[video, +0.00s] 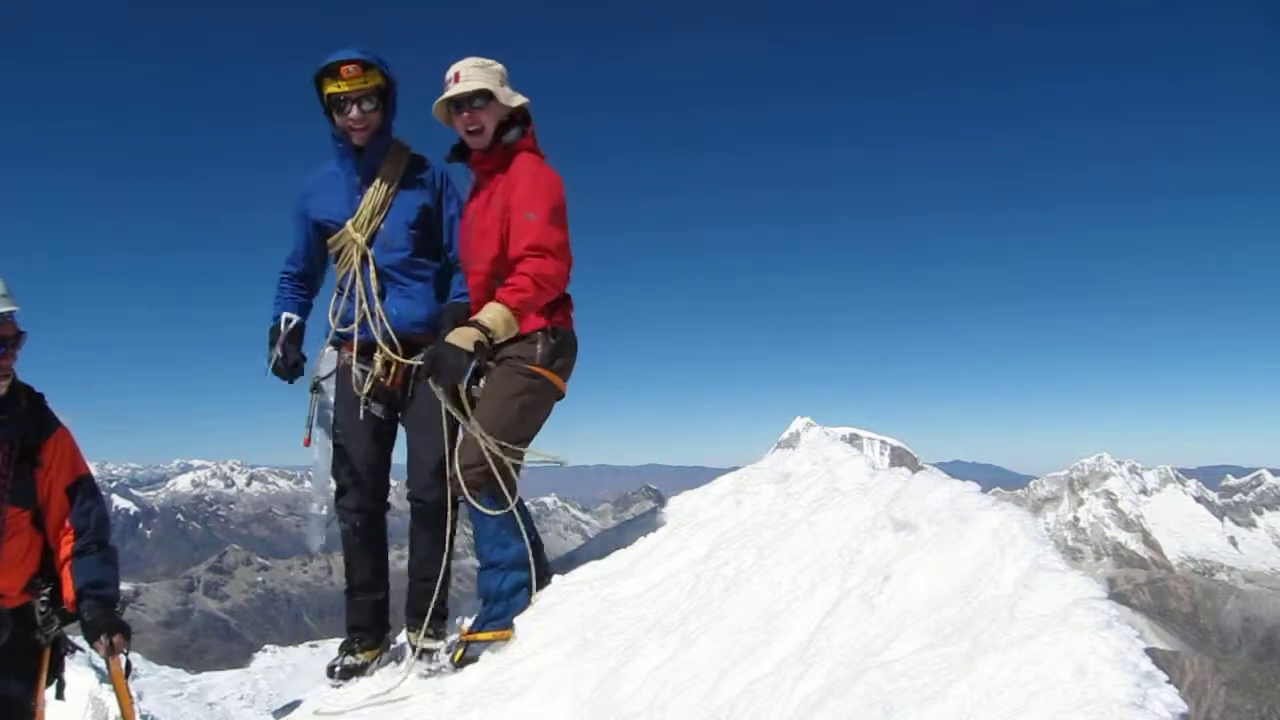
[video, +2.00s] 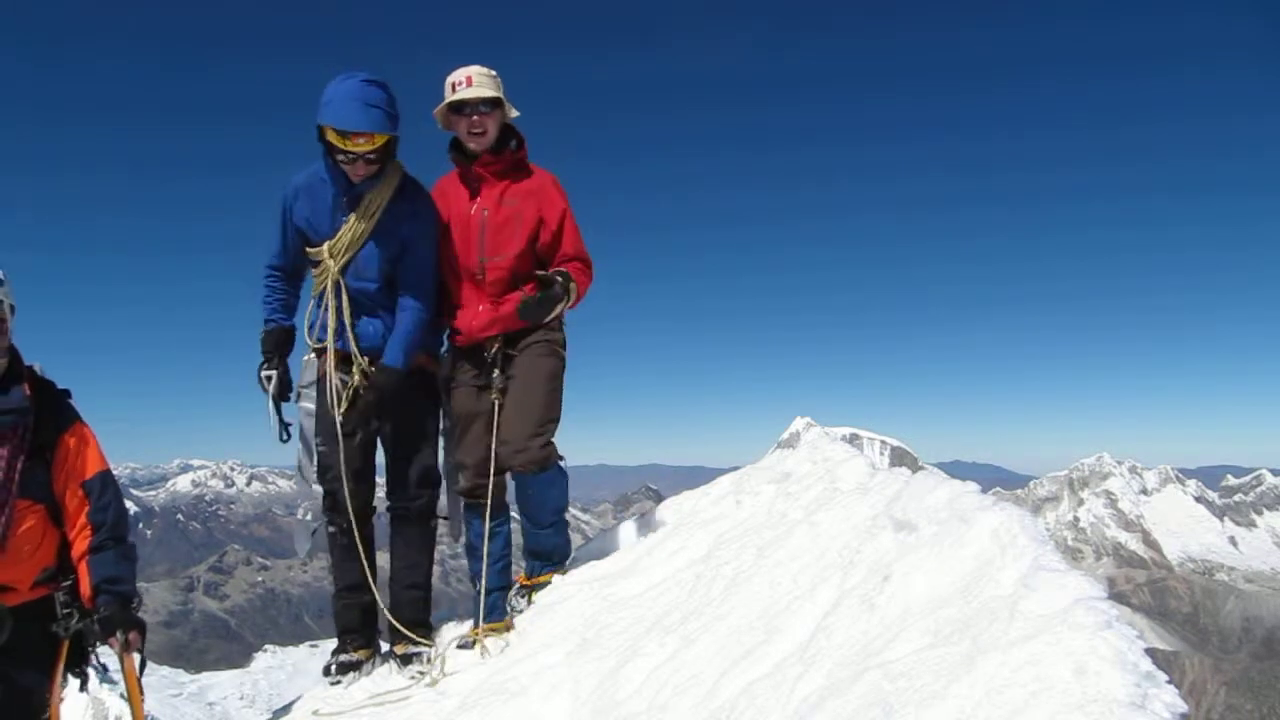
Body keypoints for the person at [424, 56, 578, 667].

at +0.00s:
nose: (471, 116)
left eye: (481, 102)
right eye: (459, 107)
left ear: (507, 106)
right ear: (451, 119)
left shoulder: (531, 174)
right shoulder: (472, 185)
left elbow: (544, 268)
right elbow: (458, 269)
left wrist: (483, 327)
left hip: (535, 337)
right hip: (493, 339)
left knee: (480, 462)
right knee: (473, 461)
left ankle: (505, 604)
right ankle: (529, 578)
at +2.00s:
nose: (475, 120)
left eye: (484, 108)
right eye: (463, 112)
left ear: (504, 114)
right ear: (450, 123)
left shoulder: (539, 186)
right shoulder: (441, 195)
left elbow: (575, 262)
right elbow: (432, 279)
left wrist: (558, 289)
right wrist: (426, 342)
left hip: (531, 336)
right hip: (467, 345)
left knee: (527, 449)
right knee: (473, 471)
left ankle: (544, 569)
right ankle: (492, 608)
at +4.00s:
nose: (496, 124)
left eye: (506, 115)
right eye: (485, 115)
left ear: (522, 124)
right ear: (470, 127)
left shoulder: (552, 198)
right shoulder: (454, 198)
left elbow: (571, 282)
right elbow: (440, 272)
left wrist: (562, 353)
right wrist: (452, 341)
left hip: (536, 348)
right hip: (473, 347)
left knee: (543, 463)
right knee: (477, 472)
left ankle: (546, 585)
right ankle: (484, 600)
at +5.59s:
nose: (502, 126)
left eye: (513, 117)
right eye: (492, 117)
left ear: (528, 128)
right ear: (474, 126)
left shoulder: (551, 205)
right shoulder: (450, 201)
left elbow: (571, 290)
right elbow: (434, 277)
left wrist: (571, 360)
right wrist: (444, 345)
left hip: (535, 351)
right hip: (469, 353)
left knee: (539, 465)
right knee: (478, 476)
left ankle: (542, 585)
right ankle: (485, 600)